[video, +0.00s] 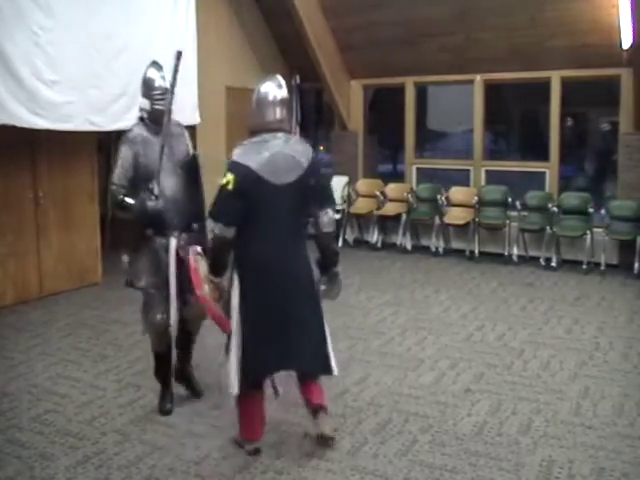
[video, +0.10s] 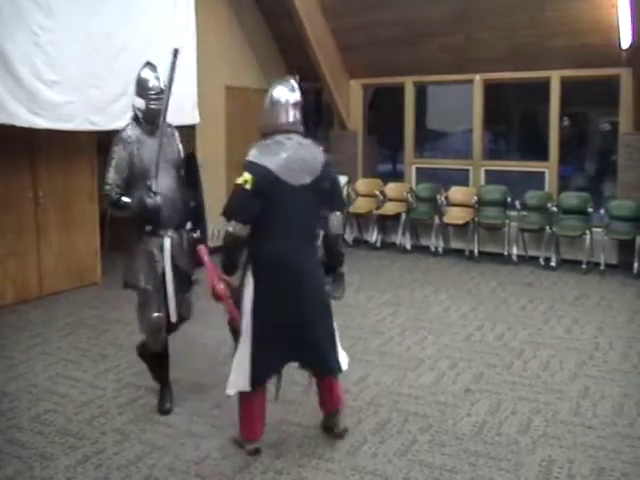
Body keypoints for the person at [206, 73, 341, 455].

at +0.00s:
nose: (277, 115)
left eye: (267, 109)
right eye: (283, 109)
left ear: (254, 112)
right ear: (289, 112)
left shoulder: (244, 160)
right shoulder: (312, 159)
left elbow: (222, 228)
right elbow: (324, 222)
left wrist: (217, 272)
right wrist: (330, 267)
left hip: (254, 268)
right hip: (295, 266)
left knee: (250, 352)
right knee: (304, 343)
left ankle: (251, 437)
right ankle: (321, 417)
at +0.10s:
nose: (288, 119)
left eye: (273, 114)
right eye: (294, 113)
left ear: (265, 118)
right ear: (299, 117)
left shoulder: (259, 161)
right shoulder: (319, 162)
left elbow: (239, 221)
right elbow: (335, 220)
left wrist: (229, 268)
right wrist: (335, 267)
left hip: (266, 267)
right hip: (306, 266)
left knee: (255, 349)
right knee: (321, 341)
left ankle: (251, 435)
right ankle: (334, 418)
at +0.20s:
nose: (278, 116)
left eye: (281, 110)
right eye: (281, 109)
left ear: (289, 115)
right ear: (318, 115)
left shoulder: (285, 161)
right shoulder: (338, 161)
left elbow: (262, 225)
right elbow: (350, 218)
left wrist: (247, 274)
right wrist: (345, 264)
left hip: (290, 266)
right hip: (327, 265)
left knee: (270, 345)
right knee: (335, 340)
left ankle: (258, 433)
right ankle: (343, 418)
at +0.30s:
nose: (320, 124)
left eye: (317, 118)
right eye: (335, 117)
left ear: (316, 121)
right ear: (349, 120)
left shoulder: (317, 163)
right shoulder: (364, 162)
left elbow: (301, 227)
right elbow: (379, 213)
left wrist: (284, 278)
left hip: (323, 266)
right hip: (357, 265)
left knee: (305, 346)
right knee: (356, 342)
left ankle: (283, 428)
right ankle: (357, 419)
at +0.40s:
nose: (339, 117)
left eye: (339, 111)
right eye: (350, 109)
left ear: (341, 112)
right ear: (370, 112)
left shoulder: (342, 154)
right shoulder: (379, 151)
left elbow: (334, 217)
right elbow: (401, 198)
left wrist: (310, 249)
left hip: (349, 259)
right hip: (379, 257)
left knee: (337, 340)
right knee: (375, 337)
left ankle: (332, 423)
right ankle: (370, 417)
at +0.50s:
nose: (364, 117)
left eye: (367, 111)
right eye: (367, 110)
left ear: (371, 114)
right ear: (394, 112)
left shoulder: (372, 153)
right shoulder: (400, 147)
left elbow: (363, 214)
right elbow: (421, 194)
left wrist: (340, 243)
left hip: (379, 260)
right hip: (401, 255)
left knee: (380, 336)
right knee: (387, 334)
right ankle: (387, 410)